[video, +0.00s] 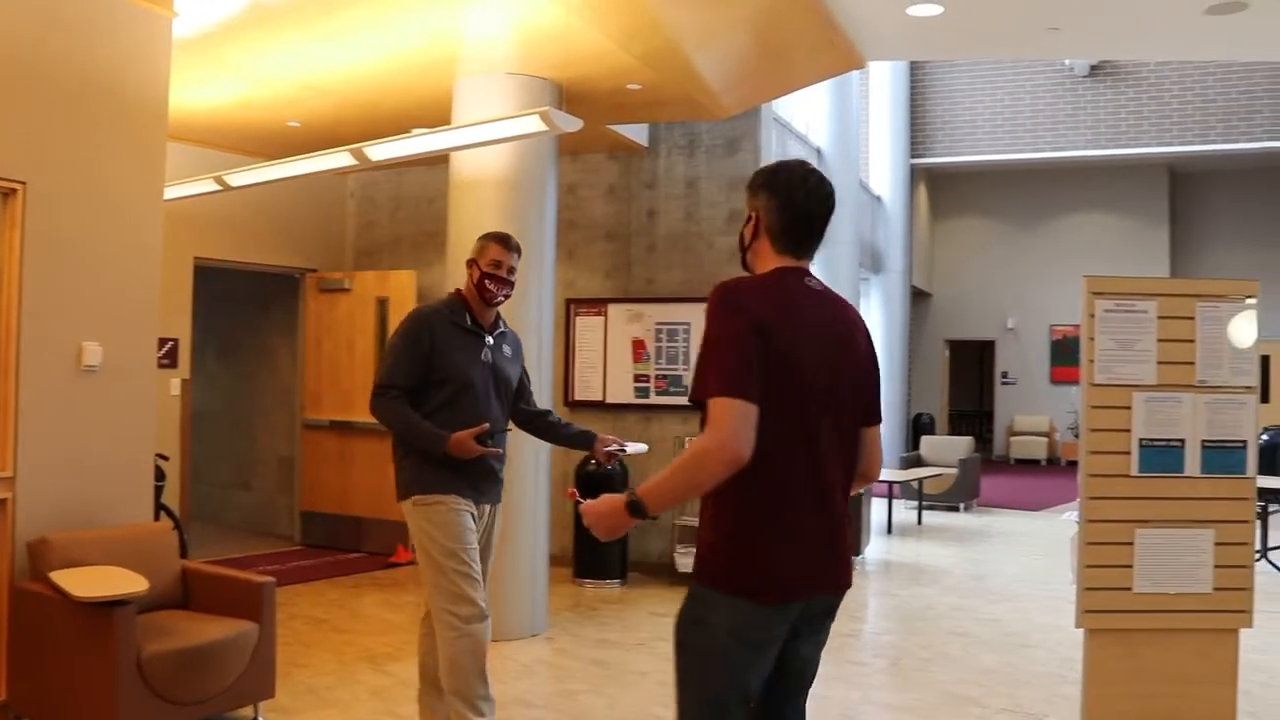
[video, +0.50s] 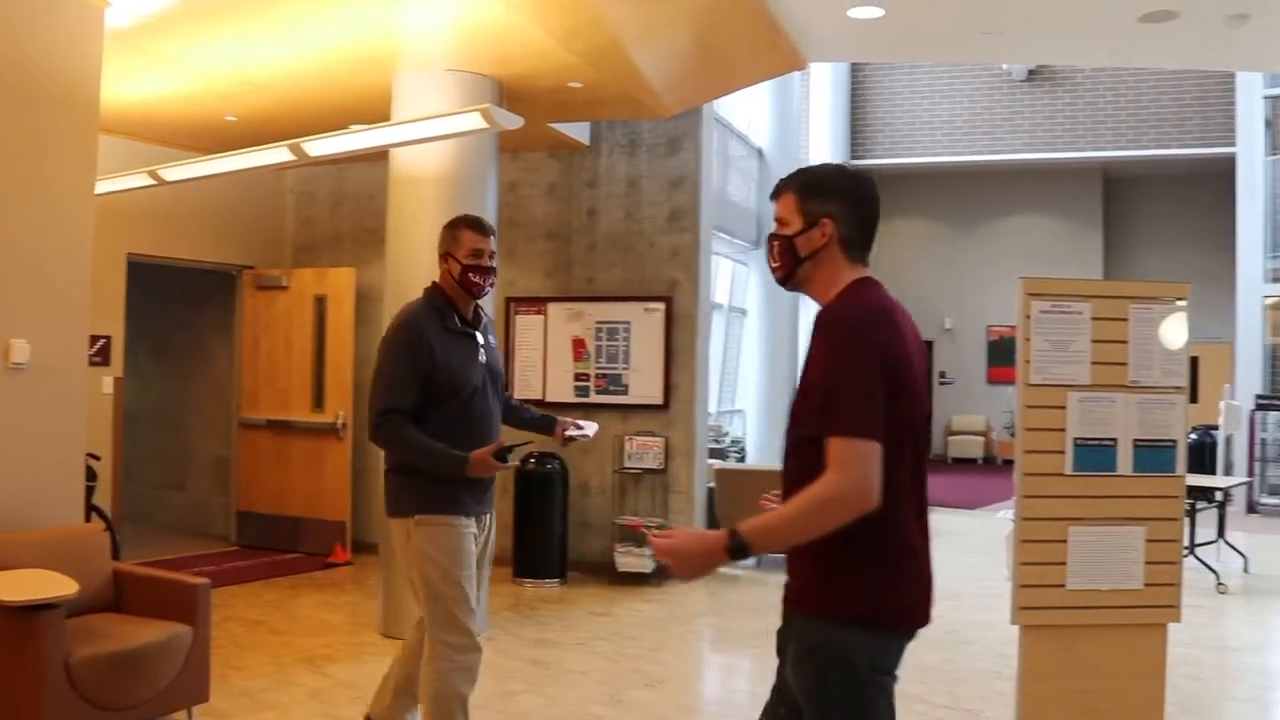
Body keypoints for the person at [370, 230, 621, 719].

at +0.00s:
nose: (499, 280)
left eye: (508, 274)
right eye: (492, 269)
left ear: (515, 281)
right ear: (470, 267)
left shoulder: (508, 341)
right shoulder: (426, 323)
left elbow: (528, 413)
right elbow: (385, 400)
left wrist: (592, 440)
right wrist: (443, 440)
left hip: (484, 493)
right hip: (434, 489)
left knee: (448, 612)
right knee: (466, 612)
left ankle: (437, 713)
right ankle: (473, 714)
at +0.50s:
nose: (485, 268)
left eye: (490, 259)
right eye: (474, 258)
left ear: (494, 264)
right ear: (444, 260)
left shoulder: (479, 326)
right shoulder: (414, 325)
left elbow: (494, 404)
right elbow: (384, 425)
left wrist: (549, 425)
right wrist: (462, 462)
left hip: (476, 503)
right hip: (431, 508)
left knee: (440, 633)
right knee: (459, 643)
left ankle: (385, 713)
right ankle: (446, 717)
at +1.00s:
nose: (458, 265)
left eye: (464, 256)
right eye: (448, 254)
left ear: (466, 259)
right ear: (416, 251)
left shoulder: (448, 320)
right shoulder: (382, 317)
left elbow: (462, 404)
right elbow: (350, 420)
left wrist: (520, 424)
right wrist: (431, 463)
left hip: (456, 508)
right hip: (399, 515)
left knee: (464, 641)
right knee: (397, 653)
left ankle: (469, 717)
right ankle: (378, 718)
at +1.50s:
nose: (443, 257)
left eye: (448, 249)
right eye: (433, 247)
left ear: (451, 255)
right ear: (402, 247)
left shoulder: (435, 320)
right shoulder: (365, 311)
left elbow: (452, 411)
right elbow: (335, 404)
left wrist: (521, 438)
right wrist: (415, 441)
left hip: (439, 504)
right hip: (386, 504)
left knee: (419, 638)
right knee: (372, 640)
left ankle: (402, 711)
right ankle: (333, 716)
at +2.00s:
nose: (406, 256)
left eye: (412, 249)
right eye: (398, 245)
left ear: (412, 253)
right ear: (366, 240)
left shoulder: (386, 316)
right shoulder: (320, 301)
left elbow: (395, 414)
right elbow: (279, 393)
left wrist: (446, 469)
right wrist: (357, 445)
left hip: (371, 495)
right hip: (324, 494)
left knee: (330, 632)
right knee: (342, 638)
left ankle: (318, 714)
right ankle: (348, 716)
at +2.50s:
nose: (368, 242)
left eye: (371, 233)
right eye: (357, 231)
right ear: (319, 233)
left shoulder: (339, 302)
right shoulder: (285, 300)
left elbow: (335, 406)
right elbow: (260, 414)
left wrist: (355, 489)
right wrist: (346, 468)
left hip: (327, 501)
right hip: (296, 502)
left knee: (287, 641)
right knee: (313, 656)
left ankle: (261, 715)